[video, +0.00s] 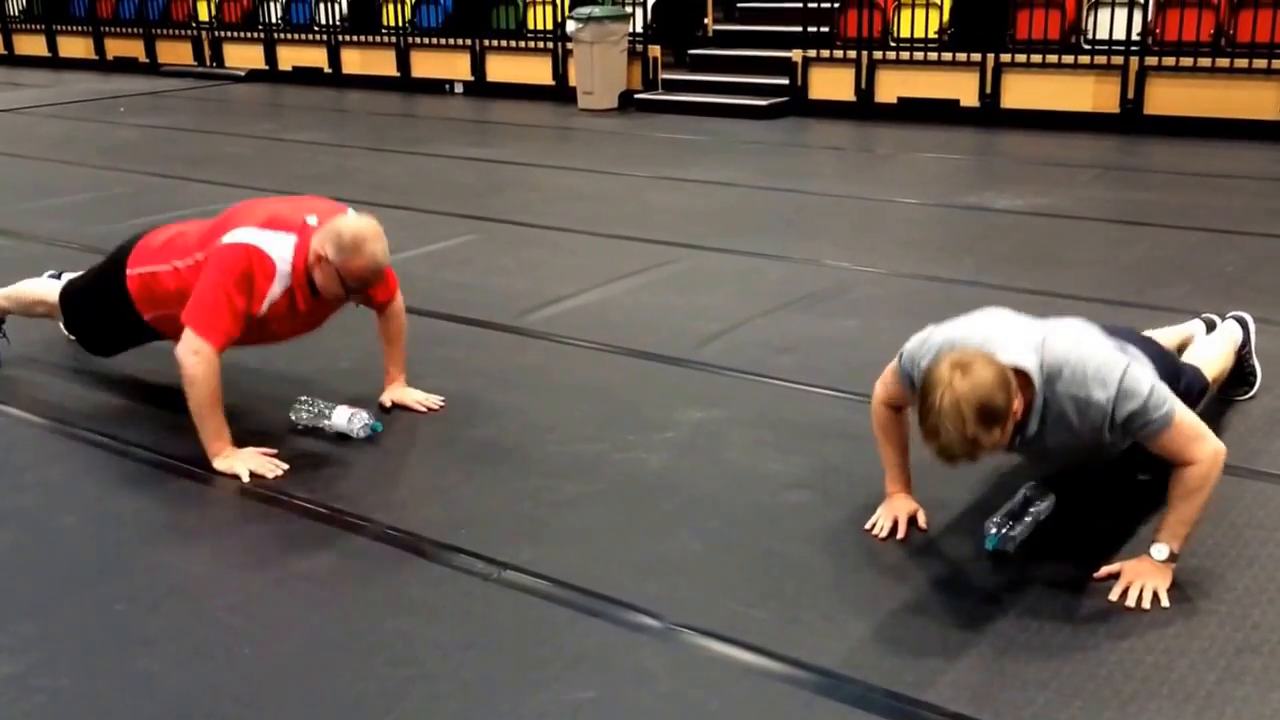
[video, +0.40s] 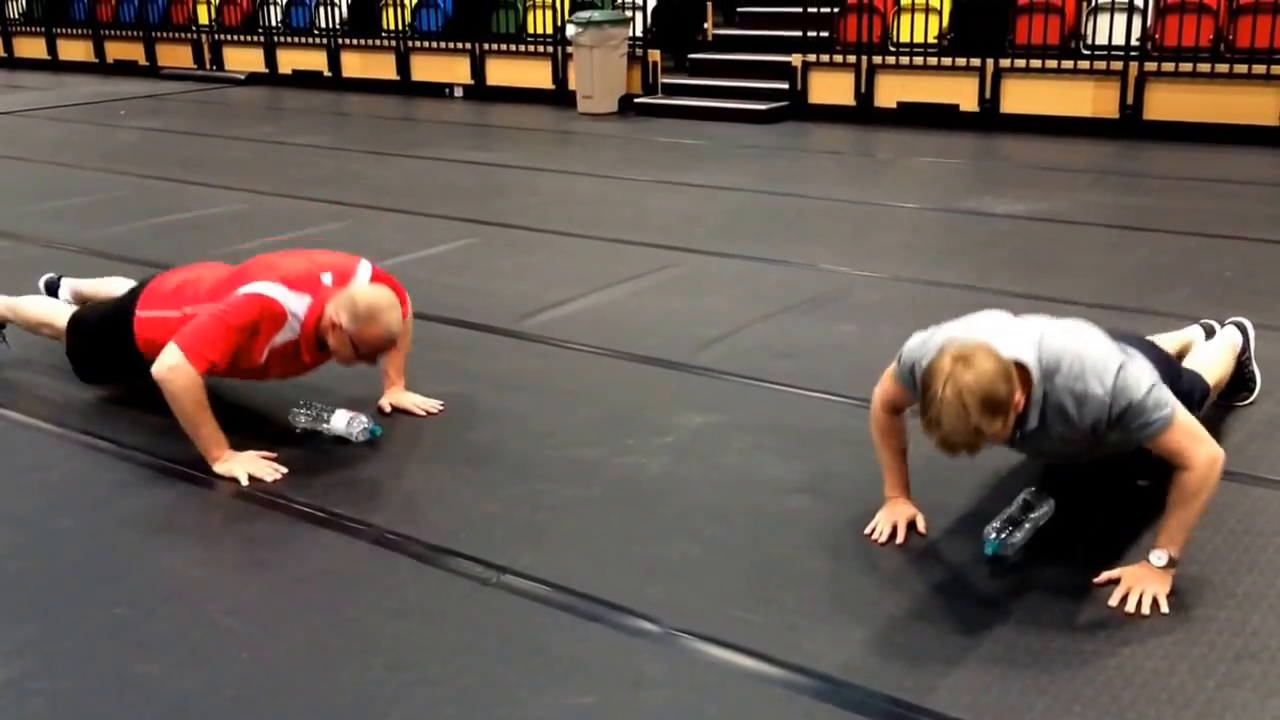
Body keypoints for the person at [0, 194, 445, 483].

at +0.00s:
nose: (352, 298)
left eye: (363, 289)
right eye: (346, 286)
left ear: (379, 256)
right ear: (321, 258)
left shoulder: (360, 246)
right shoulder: (249, 260)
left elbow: (391, 306)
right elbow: (194, 354)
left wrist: (396, 381)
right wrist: (224, 452)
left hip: (205, 269)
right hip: (146, 280)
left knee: (113, 304)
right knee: (68, 305)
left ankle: (69, 293)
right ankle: (13, 298)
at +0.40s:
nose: (349, 358)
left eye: (365, 356)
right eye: (346, 348)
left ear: (390, 327)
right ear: (331, 317)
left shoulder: (374, 291)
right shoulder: (261, 308)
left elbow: (399, 313)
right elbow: (172, 370)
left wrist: (395, 385)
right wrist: (222, 455)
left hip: (200, 286)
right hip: (147, 318)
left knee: (134, 292)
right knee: (73, 327)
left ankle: (64, 285)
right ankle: (5, 307)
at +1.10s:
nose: (342, 283)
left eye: (354, 273)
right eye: (338, 269)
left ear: (362, 244)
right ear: (313, 238)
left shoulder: (343, 225)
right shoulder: (243, 247)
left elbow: (364, 306)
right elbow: (220, 352)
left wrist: (391, 388)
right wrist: (225, 454)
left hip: (186, 287)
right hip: (133, 288)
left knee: (97, 308)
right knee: (66, 307)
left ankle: (50, 304)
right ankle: (6, 305)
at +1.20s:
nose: (348, 308)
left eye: (362, 302)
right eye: (343, 298)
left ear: (380, 255)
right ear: (320, 268)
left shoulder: (353, 236)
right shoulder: (247, 264)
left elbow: (383, 307)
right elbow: (193, 359)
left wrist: (393, 389)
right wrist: (224, 458)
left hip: (188, 266)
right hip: (139, 291)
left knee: (110, 297)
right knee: (65, 314)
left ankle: (66, 293)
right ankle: (10, 305)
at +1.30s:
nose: (349, 351)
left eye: (362, 347)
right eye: (347, 340)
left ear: (385, 318)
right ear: (331, 309)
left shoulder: (370, 281)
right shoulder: (258, 298)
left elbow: (399, 320)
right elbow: (176, 371)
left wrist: (395, 390)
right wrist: (222, 458)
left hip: (195, 279)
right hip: (145, 313)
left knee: (131, 288)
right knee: (66, 322)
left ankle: (63, 287)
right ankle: (2, 309)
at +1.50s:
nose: (364, 409)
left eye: (378, 405)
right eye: (360, 402)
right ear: (342, 369)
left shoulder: (392, 315)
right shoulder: (270, 347)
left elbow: (405, 312)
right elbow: (170, 379)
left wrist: (390, 393)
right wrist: (223, 459)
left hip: (221, 312)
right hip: (158, 342)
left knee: (141, 315)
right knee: (72, 341)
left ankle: (67, 291)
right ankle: (5, 307)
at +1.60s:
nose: (368, 401)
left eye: (379, 396)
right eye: (363, 394)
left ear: (403, 339)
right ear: (344, 362)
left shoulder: (392, 312)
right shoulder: (270, 347)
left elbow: (404, 310)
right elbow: (171, 380)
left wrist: (391, 390)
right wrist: (223, 459)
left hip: (220, 310)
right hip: (156, 342)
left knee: (141, 313)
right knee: (71, 340)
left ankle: (69, 291)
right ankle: (5, 308)